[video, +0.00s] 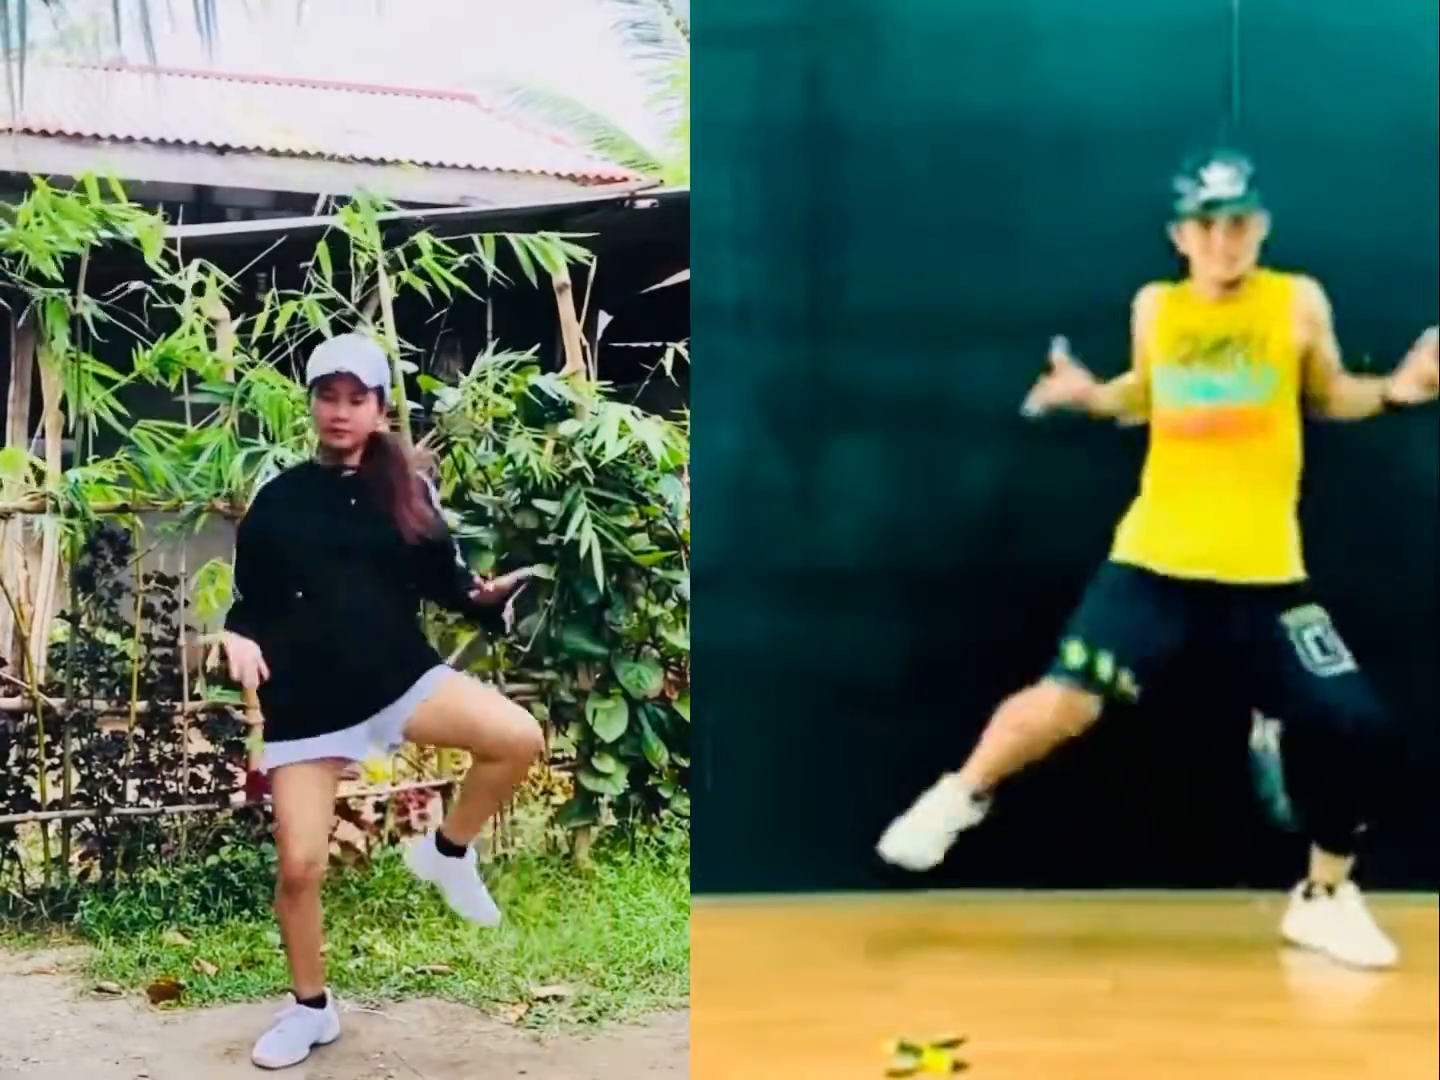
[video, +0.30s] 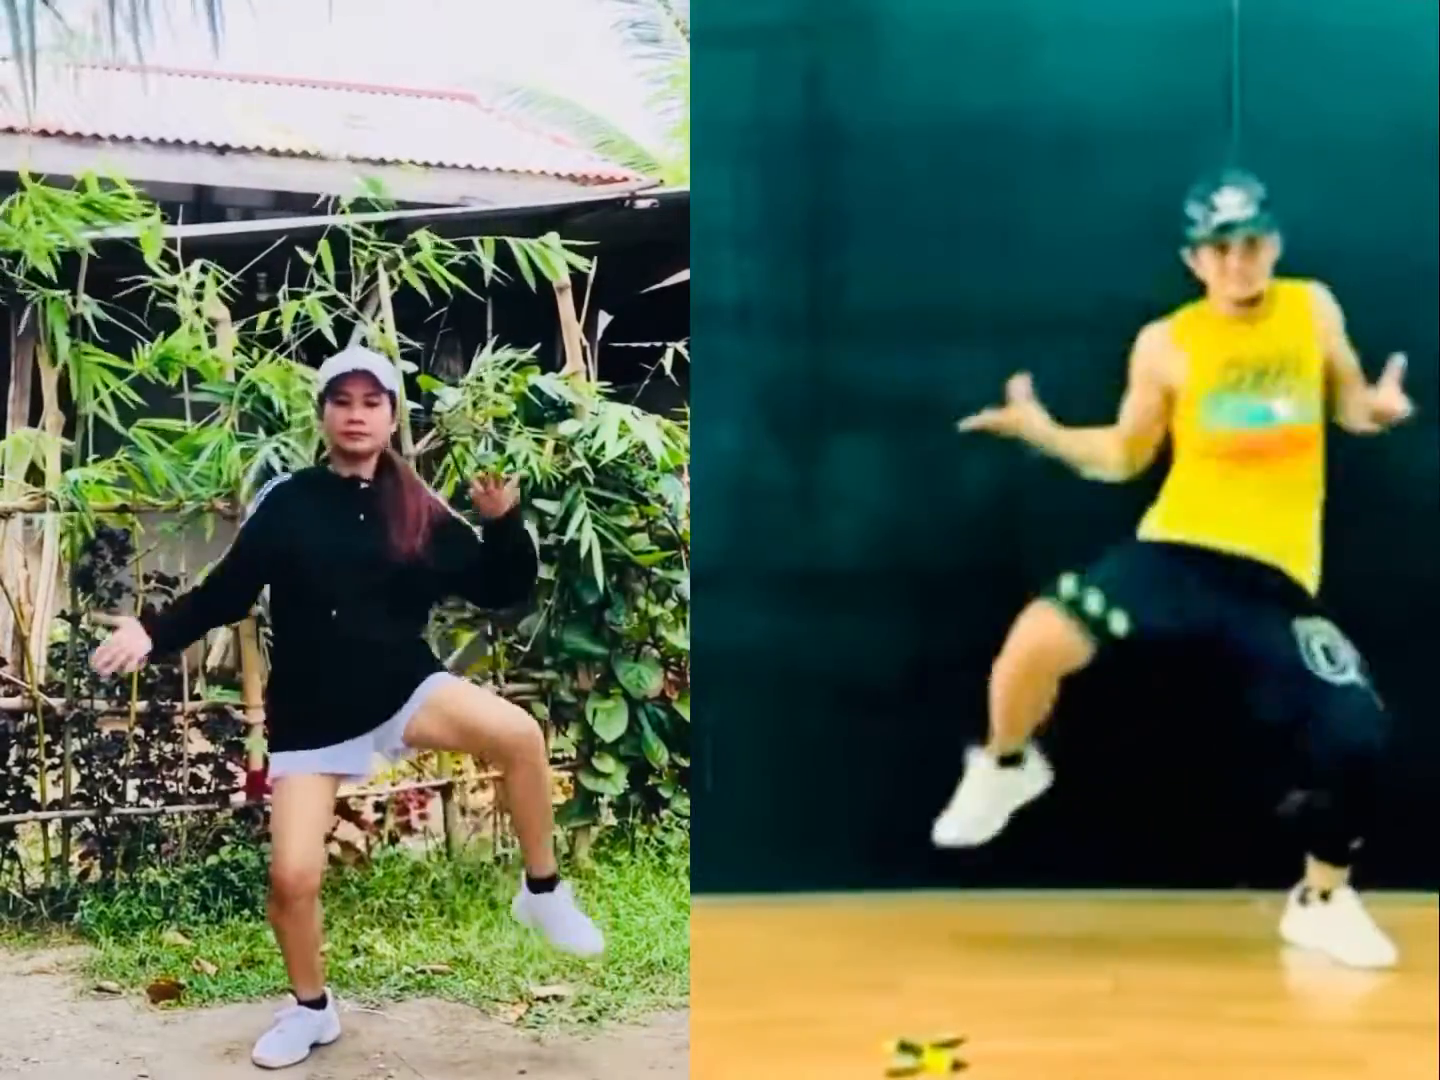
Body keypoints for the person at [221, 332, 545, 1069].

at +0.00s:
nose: (340, 409)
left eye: (356, 396)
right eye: (327, 395)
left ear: (381, 408)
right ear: (310, 404)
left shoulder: (403, 486)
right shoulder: (275, 500)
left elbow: (441, 576)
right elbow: (250, 600)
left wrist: (481, 593)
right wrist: (237, 633)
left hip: (397, 680)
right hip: (303, 706)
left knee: (516, 738)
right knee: (297, 867)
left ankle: (445, 851)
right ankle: (310, 1008)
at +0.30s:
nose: (357, 415)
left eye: (372, 402)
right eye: (342, 402)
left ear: (393, 417)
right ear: (322, 415)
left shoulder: (414, 504)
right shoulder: (287, 502)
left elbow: (499, 589)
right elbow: (229, 590)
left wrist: (502, 525)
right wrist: (155, 632)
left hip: (402, 688)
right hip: (307, 716)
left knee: (521, 735)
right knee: (291, 878)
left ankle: (544, 889)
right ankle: (312, 1008)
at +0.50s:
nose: (391, 443)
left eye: (406, 431)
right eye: (376, 430)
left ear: (427, 446)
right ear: (356, 444)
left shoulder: (457, 534)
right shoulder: (316, 536)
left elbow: (478, 642)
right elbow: (259, 615)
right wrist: (272, 628)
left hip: (457, 738)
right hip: (347, 743)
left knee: (535, 876)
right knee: (287, 885)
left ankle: (590, 996)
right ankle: (310, 1010)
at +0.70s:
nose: (449, 447)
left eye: (463, 433)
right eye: (434, 437)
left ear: (487, 446)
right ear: (417, 455)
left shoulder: (527, 538)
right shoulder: (396, 542)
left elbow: (601, 642)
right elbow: (338, 636)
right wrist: (253, 642)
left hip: (527, 751)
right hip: (415, 750)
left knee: (581, 889)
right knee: (341, 875)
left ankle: (587, 1009)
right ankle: (311, 1006)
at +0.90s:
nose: (492, 417)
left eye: (506, 403)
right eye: (478, 407)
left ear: (531, 415)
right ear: (462, 425)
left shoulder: (572, 493)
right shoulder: (457, 510)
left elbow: (626, 585)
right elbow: (434, 614)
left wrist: (638, 607)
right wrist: (402, 618)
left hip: (554, 716)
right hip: (455, 699)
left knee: (582, 877)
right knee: (356, 777)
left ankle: (585, 1007)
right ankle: (363, 912)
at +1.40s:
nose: (463, 449)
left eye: (477, 436)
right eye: (448, 438)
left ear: (501, 450)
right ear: (431, 457)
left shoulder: (538, 538)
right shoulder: (407, 547)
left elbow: (576, 631)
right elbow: (350, 641)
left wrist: (585, 671)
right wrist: (311, 580)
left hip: (534, 751)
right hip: (430, 748)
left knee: (565, 908)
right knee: (341, 873)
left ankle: (585, 1011)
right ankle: (321, 1009)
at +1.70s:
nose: (376, 412)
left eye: (391, 402)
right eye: (362, 401)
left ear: (413, 422)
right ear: (339, 420)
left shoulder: (442, 502)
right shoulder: (309, 522)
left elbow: (523, 596)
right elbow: (301, 620)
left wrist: (491, 556)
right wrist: (267, 649)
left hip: (444, 706)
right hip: (340, 725)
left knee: (539, 823)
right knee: (320, 888)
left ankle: (541, 948)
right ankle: (328, 1012)